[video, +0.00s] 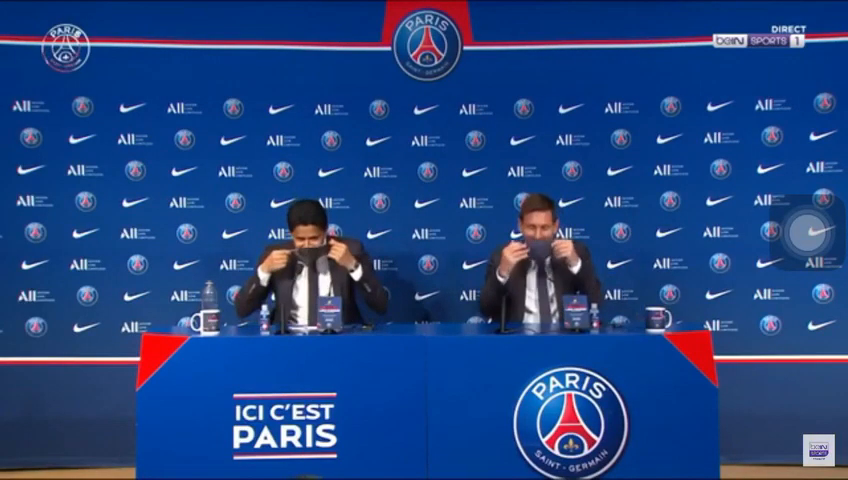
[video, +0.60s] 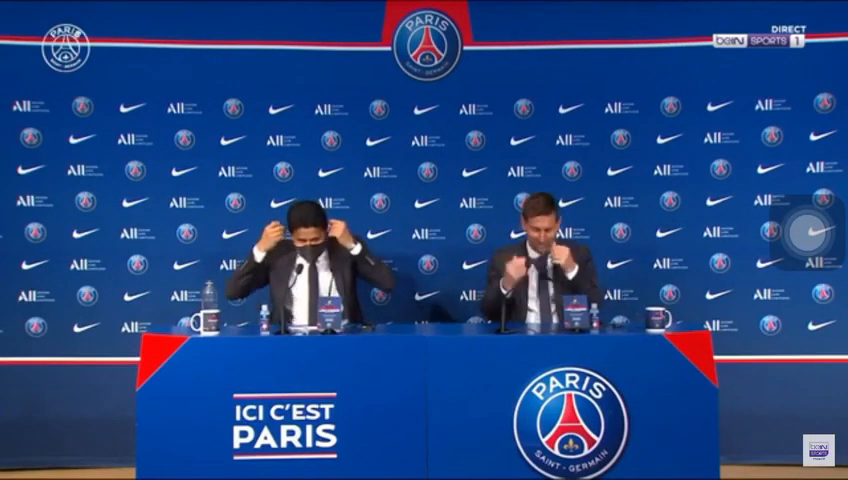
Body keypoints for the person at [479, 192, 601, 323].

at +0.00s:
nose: (538, 235)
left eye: (545, 228)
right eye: (532, 228)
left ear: (556, 227)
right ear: (521, 226)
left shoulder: (576, 253)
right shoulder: (505, 256)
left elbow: (596, 300)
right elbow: (487, 310)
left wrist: (575, 263)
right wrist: (503, 273)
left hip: (566, 339)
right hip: (519, 340)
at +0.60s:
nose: (542, 237)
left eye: (548, 230)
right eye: (535, 230)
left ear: (558, 224)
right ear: (524, 224)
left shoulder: (578, 254)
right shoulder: (504, 257)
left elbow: (595, 301)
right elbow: (488, 311)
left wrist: (571, 269)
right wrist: (507, 283)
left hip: (567, 339)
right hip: (520, 340)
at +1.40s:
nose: (542, 245)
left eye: (549, 237)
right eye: (536, 237)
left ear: (559, 228)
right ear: (525, 226)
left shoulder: (580, 255)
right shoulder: (504, 258)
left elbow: (596, 305)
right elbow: (491, 309)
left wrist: (569, 304)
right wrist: (520, 297)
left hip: (568, 342)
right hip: (519, 343)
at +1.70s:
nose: (538, 247)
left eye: (545, 240)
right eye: (532, 240)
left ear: (556, 229)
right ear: (521, 229)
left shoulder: (579, 257)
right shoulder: (504, 258)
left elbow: (594, 306)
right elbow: (492, 309)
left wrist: (566, 306)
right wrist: (526, 306)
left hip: (567, 341)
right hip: (519, 341)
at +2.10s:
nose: (534, 244)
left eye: (540, 236)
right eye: (527, 236)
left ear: (553, 227)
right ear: (518, 230)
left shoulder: (577, 256)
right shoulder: (501, 261)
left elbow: (592, 307)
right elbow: (491, 310)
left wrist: (564, 303)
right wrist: (525, 306)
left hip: (566, 341)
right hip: (518, 342)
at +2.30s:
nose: (534, 232)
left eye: (541, 224)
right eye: (528, 224)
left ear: (554, 225)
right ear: (518, 224)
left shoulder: (577, 257)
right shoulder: (502, 260)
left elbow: (594, 307)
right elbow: (490, 312)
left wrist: (566, 299)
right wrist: (519, 301)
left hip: (565, 342)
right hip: (517, 342)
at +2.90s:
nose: (536, 226)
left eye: (544, 219)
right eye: (531, 219)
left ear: (556, 221)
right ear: (522, 221)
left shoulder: (576, 252)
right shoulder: (507, 254)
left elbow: (600, 304)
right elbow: (487, 310)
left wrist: (577, 263)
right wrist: (505, 271)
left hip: (566, 340)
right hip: (518, 341)